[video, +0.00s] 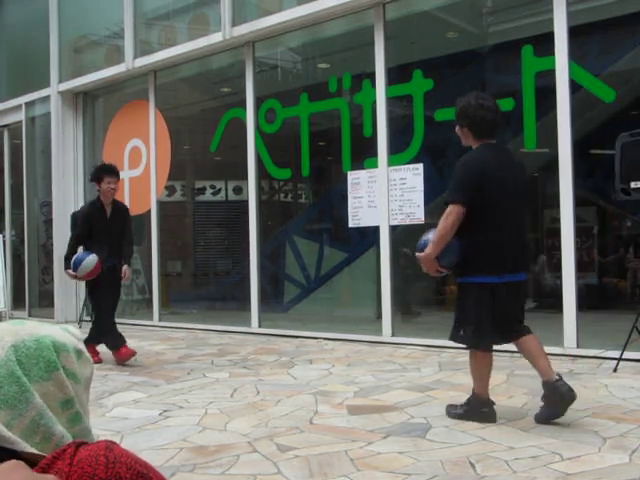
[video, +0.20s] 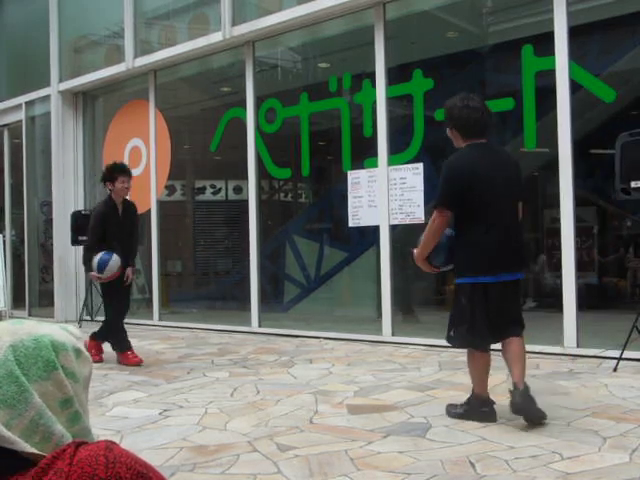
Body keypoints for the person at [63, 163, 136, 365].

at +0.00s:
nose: (112, 187)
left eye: (115, 183)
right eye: (108, 183)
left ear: (118, 186)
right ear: (98, 186)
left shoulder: (122, 211)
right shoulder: (86, 213)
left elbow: (128, 240)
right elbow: (76, 240)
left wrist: (126, 262)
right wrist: (68, 264)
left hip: (115, 264)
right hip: (93, 265)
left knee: (109, 306)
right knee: (101, 307)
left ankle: (90, 343)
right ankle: (118, 346)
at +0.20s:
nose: (127, 186)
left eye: (128, 182)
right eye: (122, 182)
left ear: (130, 184)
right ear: (109, 186)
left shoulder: (130, 208)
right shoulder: (101, 210)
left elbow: (133, 238)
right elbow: (91, 241)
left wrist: (131, 264)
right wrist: (89, 268)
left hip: (125, 263)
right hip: (106, 265)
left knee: (122, 306)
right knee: (113, 307)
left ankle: (96, 339)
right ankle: (123, 349)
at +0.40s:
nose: (141, 187)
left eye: (142, 183)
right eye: (137, 183)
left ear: (142, 184)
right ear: (124, 184)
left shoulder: (138, 207)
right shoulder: (113, 208)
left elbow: (143, 238)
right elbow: (109, 241)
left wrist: (144, 266)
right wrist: (117, 268)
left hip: (133, 266)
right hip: (114, 266)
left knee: (143, 300)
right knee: (119, 305)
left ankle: (124, 337)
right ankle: (122, 349)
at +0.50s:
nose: (148, 185)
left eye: (149, 181)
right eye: (144, 181)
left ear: (150, 183)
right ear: (131, 184)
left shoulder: (143, 208)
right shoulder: (119, 208)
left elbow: (146, 239)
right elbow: (119, 241)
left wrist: (150, 265)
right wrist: (129, 267)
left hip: (138, 264)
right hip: (118, 266)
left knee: (144, 303)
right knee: (122, 307)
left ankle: (146, 341)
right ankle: (124, 350)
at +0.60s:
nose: (154, 187)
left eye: (155, 183)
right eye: (149, 183)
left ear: (154, 184)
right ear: (137, 185)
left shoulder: (146, 208)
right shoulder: (125, 208)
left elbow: (148, 238)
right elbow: (127, 242)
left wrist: (155, 263)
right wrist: (139, 268)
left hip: (137, 265)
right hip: (120, 267)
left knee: (145, 304)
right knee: (124, 309)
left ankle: (157, 341)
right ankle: (125, 351)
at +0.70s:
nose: (159, 188)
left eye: (160, 184)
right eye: (155, 184)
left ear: (160, 185)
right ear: (142, 185)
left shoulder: (151, 210)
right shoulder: (130, 209)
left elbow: (152, 241)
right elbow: (131, 242)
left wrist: (160, 264)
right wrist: (145, 267)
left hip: (142, 266)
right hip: (124, 267)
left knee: (149, 304)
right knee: (126, 309)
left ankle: (157, 342)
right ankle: (125, 351)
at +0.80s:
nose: (163, 189)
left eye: (165, 185)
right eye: (159, 185)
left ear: (165, 186)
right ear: (146, 186)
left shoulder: (158, 210)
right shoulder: (133, 208)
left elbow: (159, 241)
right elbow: (133, 242)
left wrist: (166, 263)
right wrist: (149, 264)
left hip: (147, 266)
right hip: (129, 267)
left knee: (154, 304)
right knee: (128, 308)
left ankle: (159, 342)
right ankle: (127, 350)